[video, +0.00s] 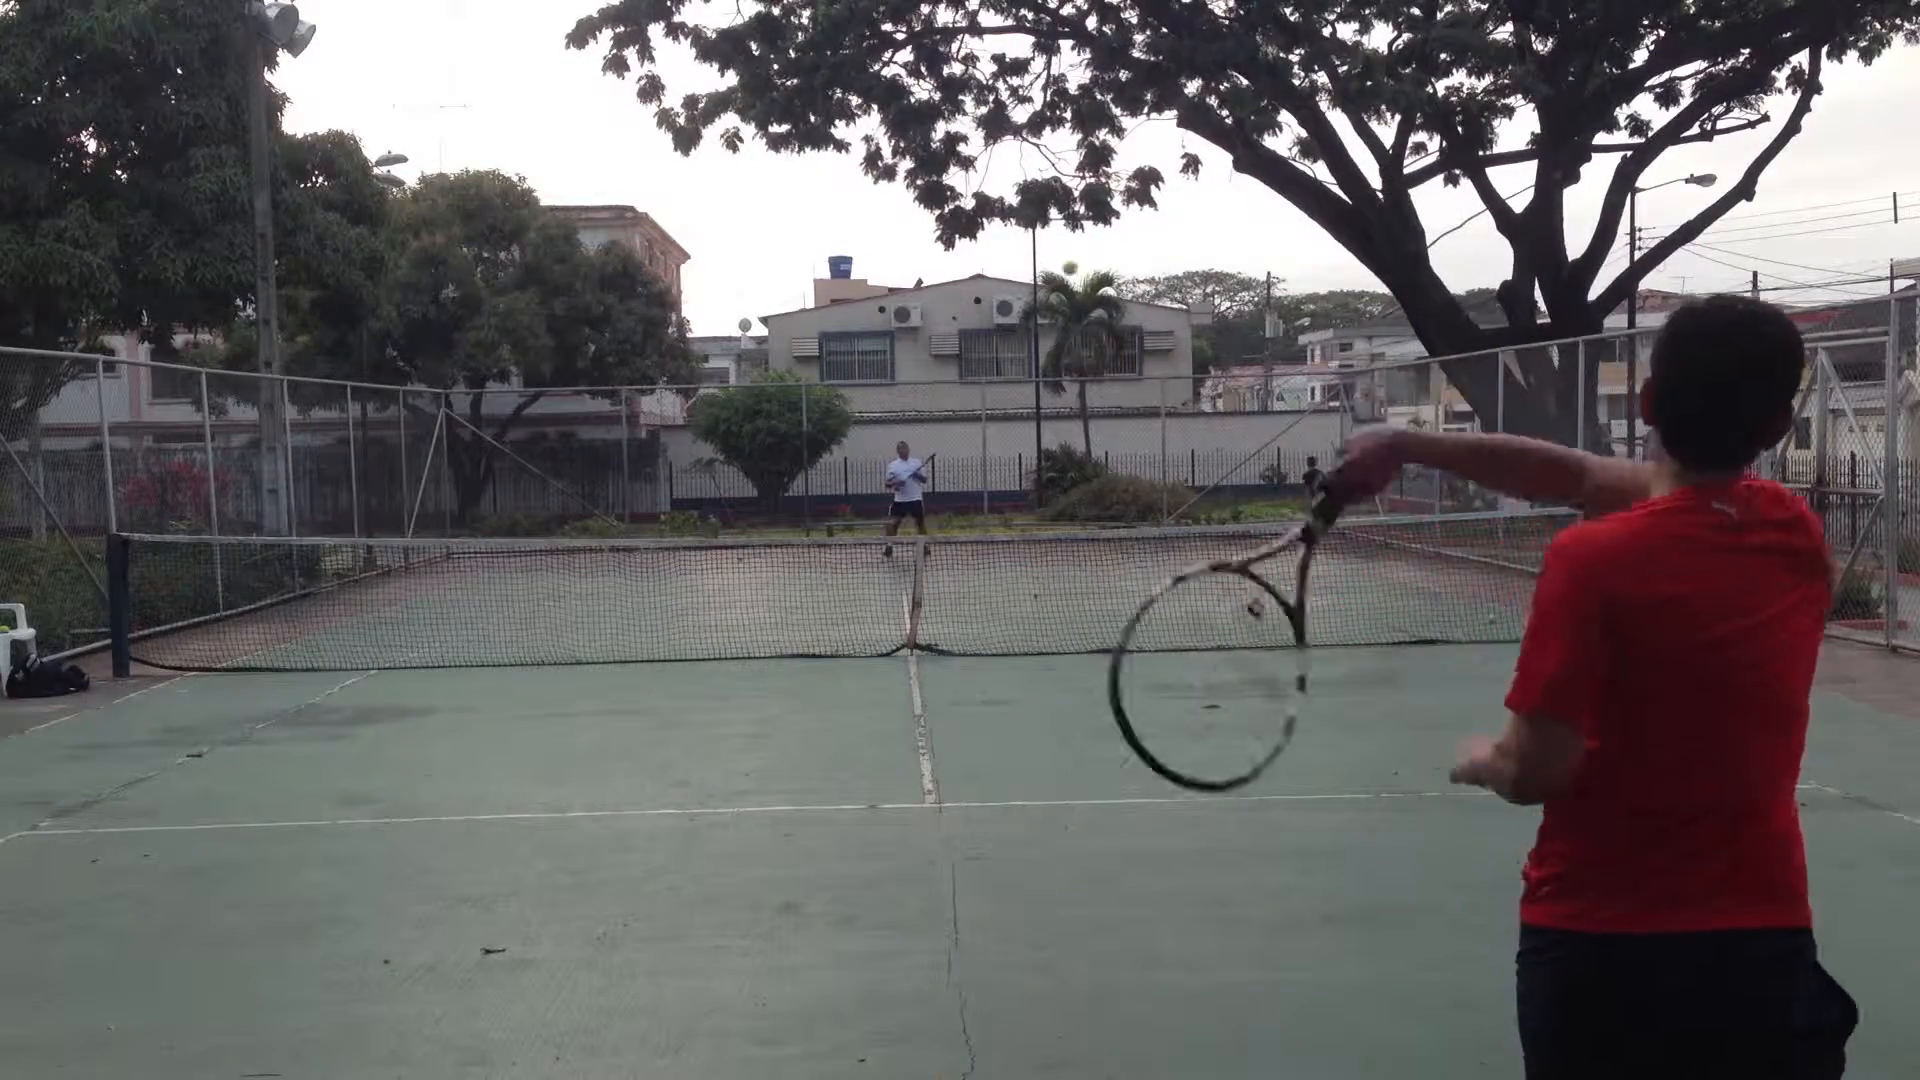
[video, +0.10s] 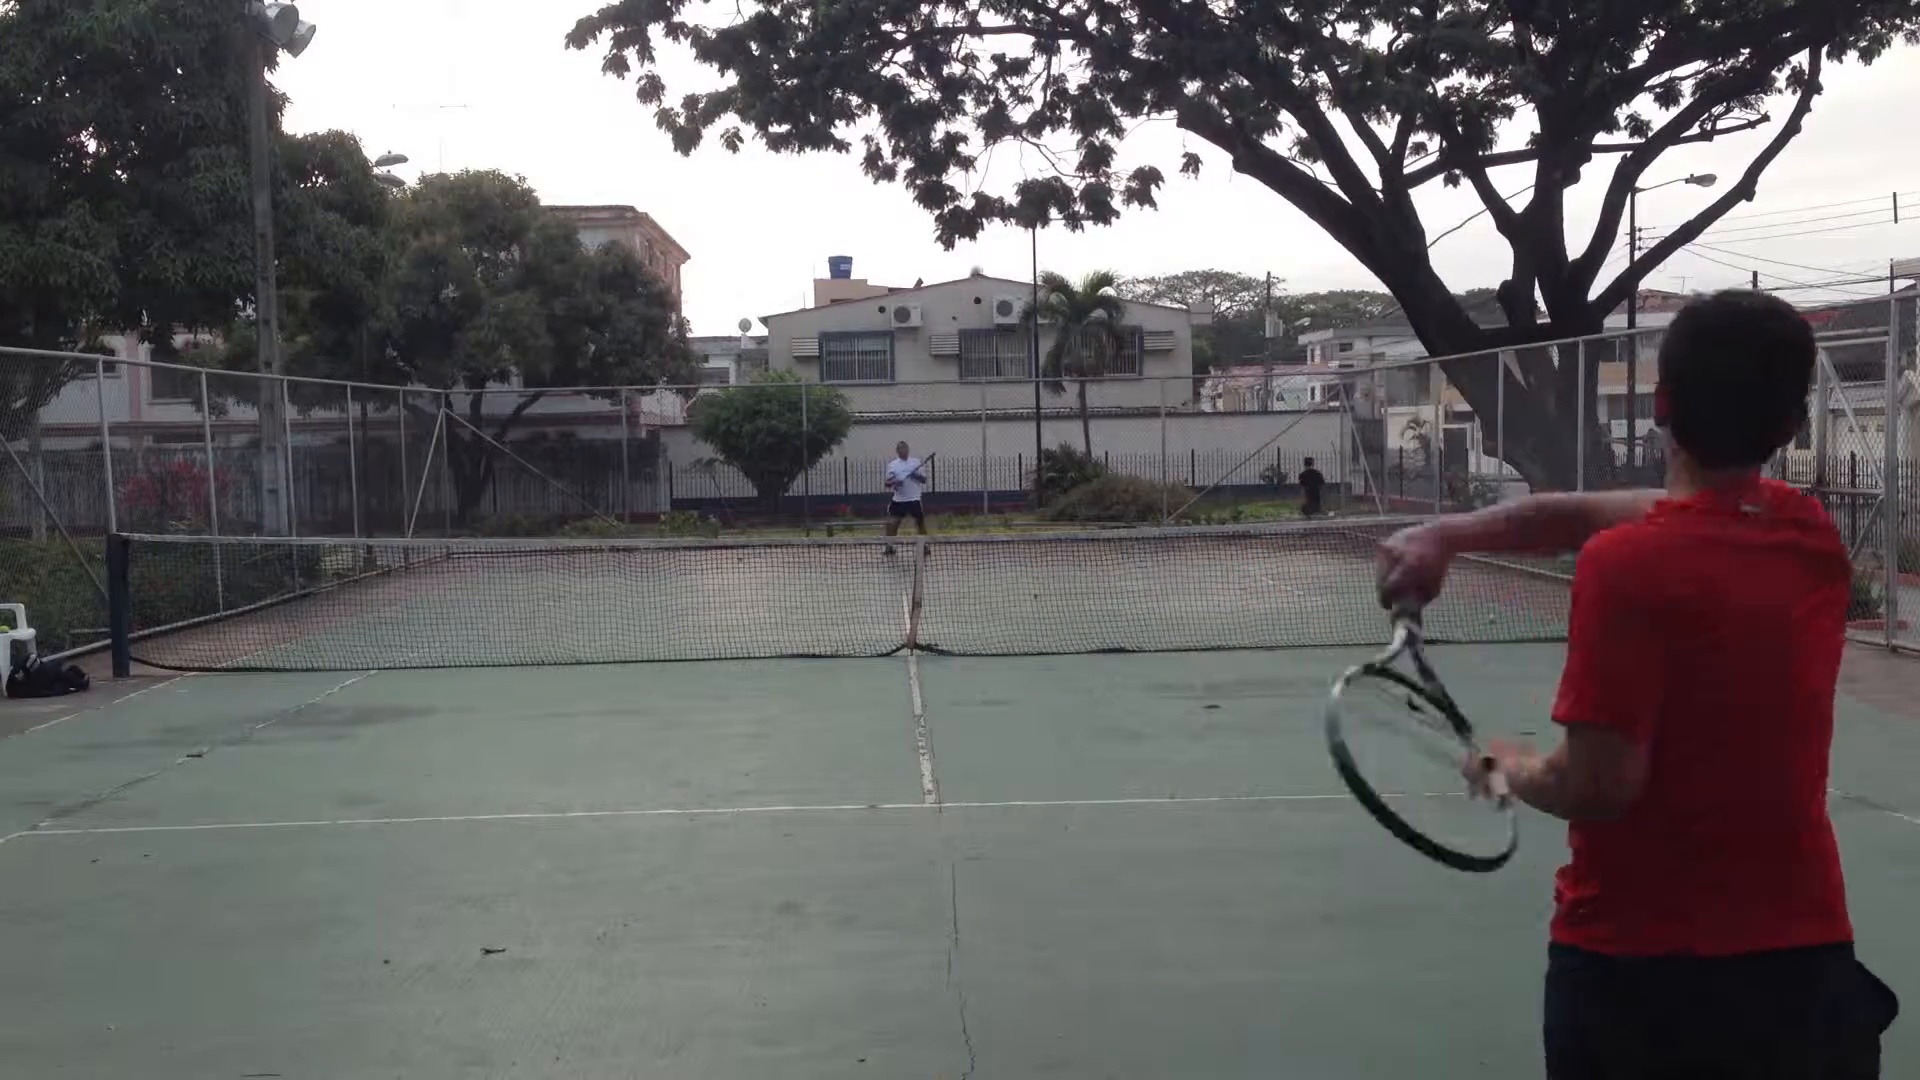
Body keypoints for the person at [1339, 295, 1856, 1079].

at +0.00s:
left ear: (1646, 400)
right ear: (1779, 424)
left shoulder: (1593, 557)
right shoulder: (1799, 539)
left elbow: (1538, 771)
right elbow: (1584, 474)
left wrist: (1482, 758)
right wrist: (1404, 443)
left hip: (1597, 947)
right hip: (1760, 940)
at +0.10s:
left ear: (1663, 405)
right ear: (1794, 424)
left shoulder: (1625, 560)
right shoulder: (1812, 535)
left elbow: (1603, 782)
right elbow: (1633, 513)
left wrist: (1512, 771)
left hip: (1635, 961)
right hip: (1799, 953)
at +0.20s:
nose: (1661, 420)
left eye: (1664, 402)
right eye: (1669, 398)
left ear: (1676, 424)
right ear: (1803, 434)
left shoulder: (1667, 588)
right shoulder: (1830, 552)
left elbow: (1678, 817)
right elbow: (1630, 595)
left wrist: (1550, 805)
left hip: (1679, 997)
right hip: (1840, 985)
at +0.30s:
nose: (1663, 431)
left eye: (1665, 413)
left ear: (1677, 433)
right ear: (1808, 435)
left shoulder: (1703, 594)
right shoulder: (1840, 571)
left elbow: (1748, 823)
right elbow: (1749, 712)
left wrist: (1580, 834)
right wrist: (1580, 741)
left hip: (1712, 1011)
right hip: (1866, 997)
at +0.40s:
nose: (1651, 430)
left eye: (1653, 410)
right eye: (1653, 408)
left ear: (1669, 432)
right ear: (1789, 433)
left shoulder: (1687, 579)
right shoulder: (1845, 566)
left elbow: (1763, 796)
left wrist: (1593, 840)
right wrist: (1632, 807)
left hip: (1705, 1010)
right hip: (1866, 1003)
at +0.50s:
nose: (1632, 426)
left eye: (1632, 407)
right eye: (1632, 404)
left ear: (1647, 429)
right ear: (1775, 426)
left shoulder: (1651, 577)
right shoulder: (1847, 568)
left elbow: (1705, 793)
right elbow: (1872, 799)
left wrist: (1561, 832)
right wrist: (1628, 854)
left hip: (1672, 1018)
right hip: (1848, 1010)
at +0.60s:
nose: (1602, 436)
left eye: (1602, 419)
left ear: (1613, 443)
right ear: (1740, 437)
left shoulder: (1596, 592)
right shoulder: (1829, 586)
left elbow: (1615, 816)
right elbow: (1866, 808)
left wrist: (1512, 846)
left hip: (1628, 1027)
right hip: (1815, 1023)